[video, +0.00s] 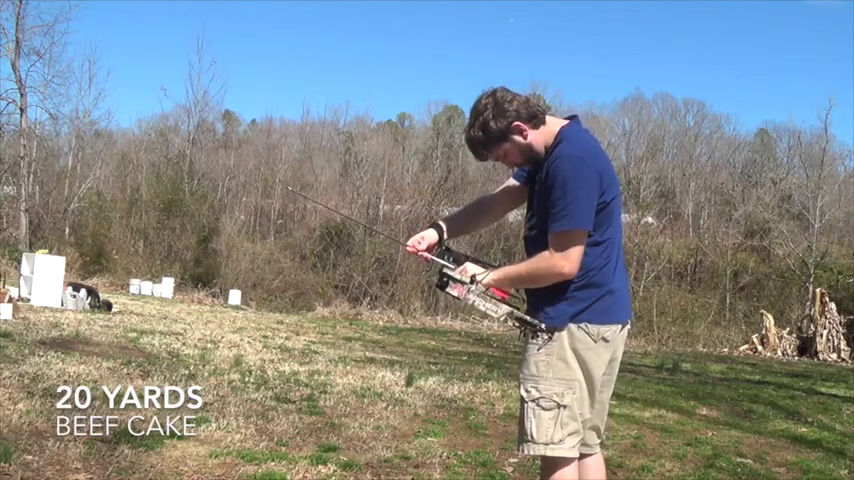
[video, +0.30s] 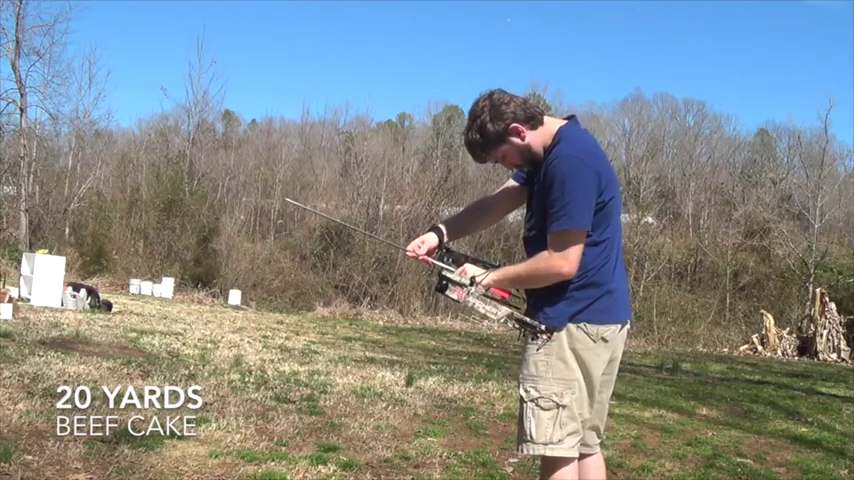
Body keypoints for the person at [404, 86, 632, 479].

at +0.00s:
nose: (505, 163)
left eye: (502, 156)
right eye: (499, 160)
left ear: (520, 130)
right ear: (521, 126)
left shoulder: (570, 160)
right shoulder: (559, 148)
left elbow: (564, 262)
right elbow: (499, 201)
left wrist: (491, 277)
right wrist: (440, 231)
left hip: (573, 319)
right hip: (593, 316)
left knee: (558, 449)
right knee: (586, 445)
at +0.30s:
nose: (504, 165)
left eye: (500, 158)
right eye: (497, 162)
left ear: (517, 131)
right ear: (519, 127)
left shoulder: (569, 160)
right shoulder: (558, 149)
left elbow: (563, 263)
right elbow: (498, 203)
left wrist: (491, 277)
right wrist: (440, 234)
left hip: (573, 320)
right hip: (592, 316)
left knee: (558, 449)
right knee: (586, 445)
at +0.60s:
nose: (502, 166)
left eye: (498, 158)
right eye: (495, 162)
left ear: (515, 132)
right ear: (518, 127)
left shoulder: (568, 159)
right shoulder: (558, 148)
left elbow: (563, 263)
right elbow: (497, 202)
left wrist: (491, 277)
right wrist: (441, 234)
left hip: (572, 318)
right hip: (592, 315)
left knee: (558, 449)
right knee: (586, 445)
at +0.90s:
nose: (503, 166)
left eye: (499, 159)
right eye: (496, 163)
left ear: (514, 132)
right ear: (516, 127)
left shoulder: (566, 159)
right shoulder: (557, 148)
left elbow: (562, 263)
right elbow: (496, 202)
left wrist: (489, 278)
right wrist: (436, 233)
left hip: (572, 319)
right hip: (591, 316)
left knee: (557, 449)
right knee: (585, 445)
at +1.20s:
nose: (502, 167)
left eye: (498, 159)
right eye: (495, 163)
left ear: (514, 132)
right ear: (516, 128)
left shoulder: (566, 160)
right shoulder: (555, 150)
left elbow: (563, 263)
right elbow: (494, 204)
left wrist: (490, 278)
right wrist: (437, 235)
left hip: (571, 319)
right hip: (591, 316)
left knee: (557, 449)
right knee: (585, 445)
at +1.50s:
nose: (500, 166)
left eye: (496, 159)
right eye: (493, 163)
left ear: (512, 132)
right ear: (514, 128)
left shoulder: (565, 159)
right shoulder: (555, 149)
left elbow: (563, 263)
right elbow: (494, 203)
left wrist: (490, 279)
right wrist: (437, 235)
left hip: (570, 319)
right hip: (590, 316)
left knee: (557, 449)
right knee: (585, 445)